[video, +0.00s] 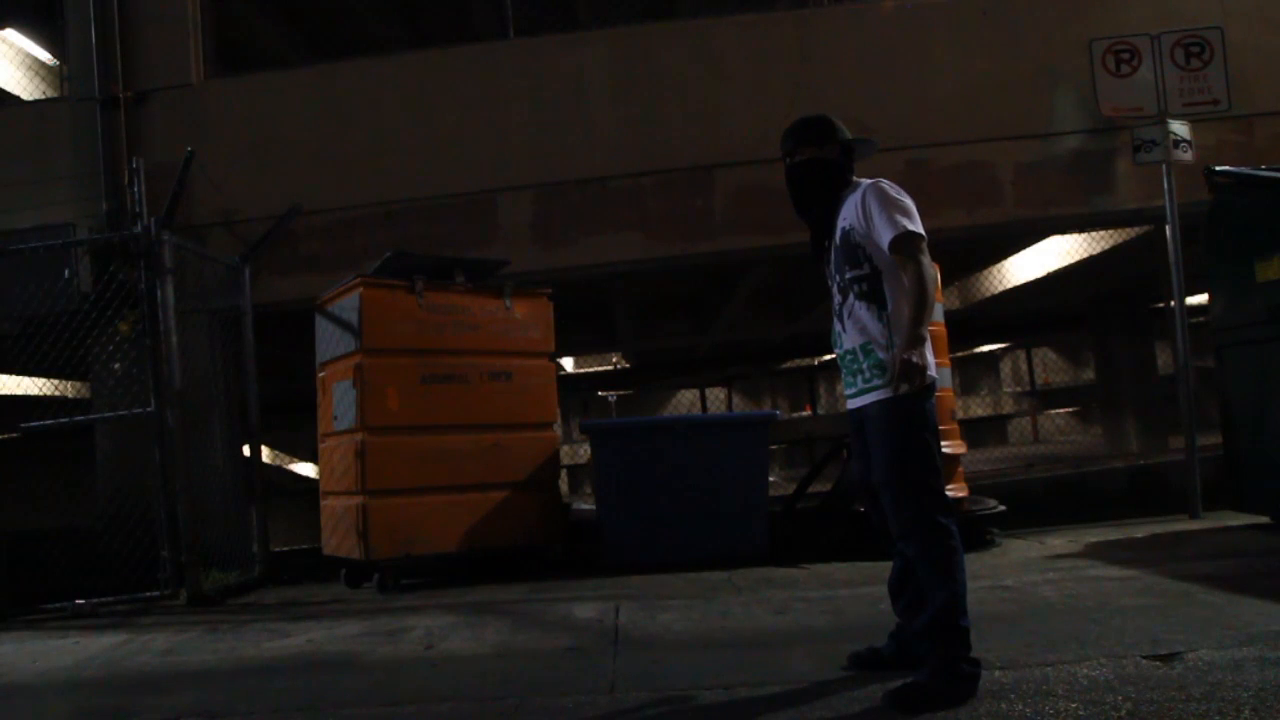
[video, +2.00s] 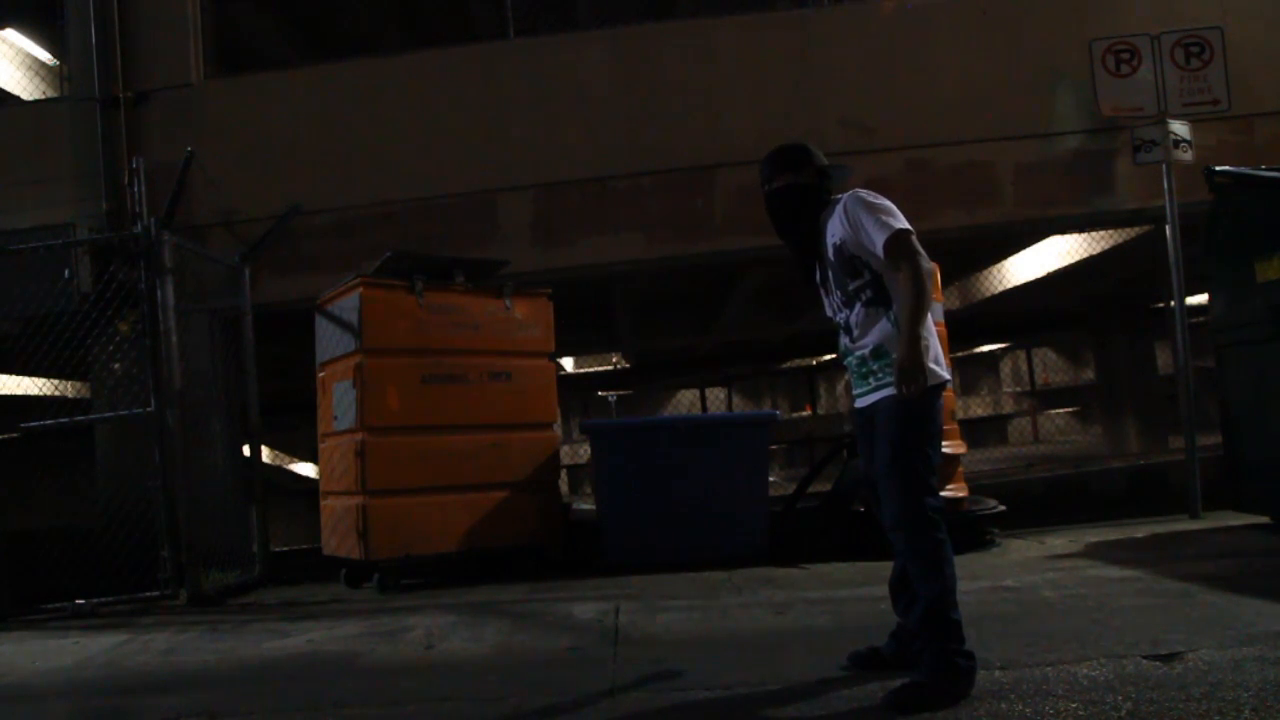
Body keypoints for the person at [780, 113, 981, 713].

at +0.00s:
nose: (796, 180)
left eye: (804, 166)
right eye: (791, 169)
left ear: (833, 161)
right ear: (802, 169)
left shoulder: (873, 195)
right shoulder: (840, 221)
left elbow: (918, 265)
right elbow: (860, 306)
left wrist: (912, 345)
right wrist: (856, 383)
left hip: (902, 393)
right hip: (872, 398)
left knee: (925, 521)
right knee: (898, 522)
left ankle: (951, 662)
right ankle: (913, 639)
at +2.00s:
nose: (776, 203)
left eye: (782, 188)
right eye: (770, 193)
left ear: (811, 180)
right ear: (779, 195)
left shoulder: (855, 207)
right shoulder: (825, 245)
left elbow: (914, 265)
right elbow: (865, 318)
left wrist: (910, 353)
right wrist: (864, 387)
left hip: (905, 393)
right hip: (877, 401)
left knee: (916, 521)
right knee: (899, 521)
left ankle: (947, 661)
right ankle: (914, 639)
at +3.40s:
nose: (772, 210)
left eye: (779, 195)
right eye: (768, 198)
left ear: (809, 186)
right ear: (783, 197)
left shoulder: (856, 211)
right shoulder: (821, 257)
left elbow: (917, 272)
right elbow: (858, 331)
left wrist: (906, 371)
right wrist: (862, 395)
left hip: (908, 393)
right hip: (876, 401)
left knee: (910, 519)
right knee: (896, 519)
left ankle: (945, 660)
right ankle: (914, 638)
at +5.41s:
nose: (753, 214)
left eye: (759, 200)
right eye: (748, 203)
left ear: (788, 191)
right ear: (760, 205)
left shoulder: (839, 218)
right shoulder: (802, 265)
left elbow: (900, 281)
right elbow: (839, 343)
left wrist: (900, 377)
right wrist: (842, 403)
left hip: (900, 393)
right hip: (867, 404)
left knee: (906, 520)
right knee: (889, 521)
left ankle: (945, 661)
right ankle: (910, 640)